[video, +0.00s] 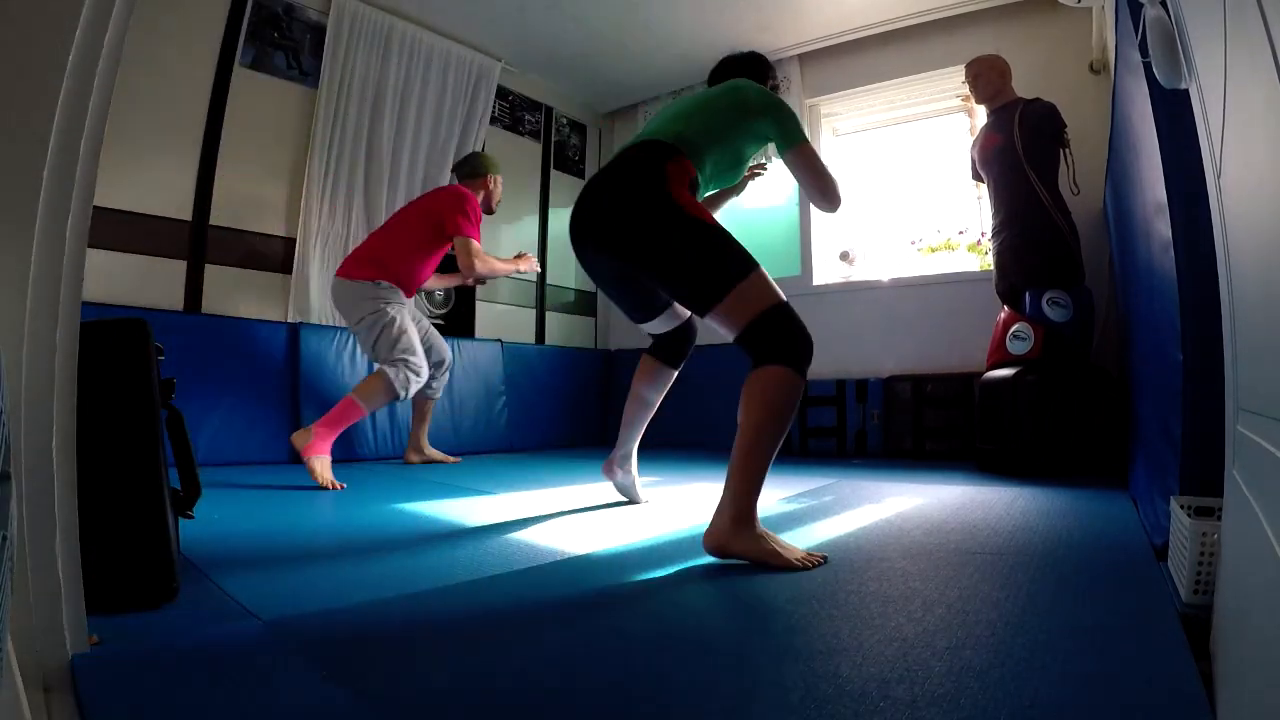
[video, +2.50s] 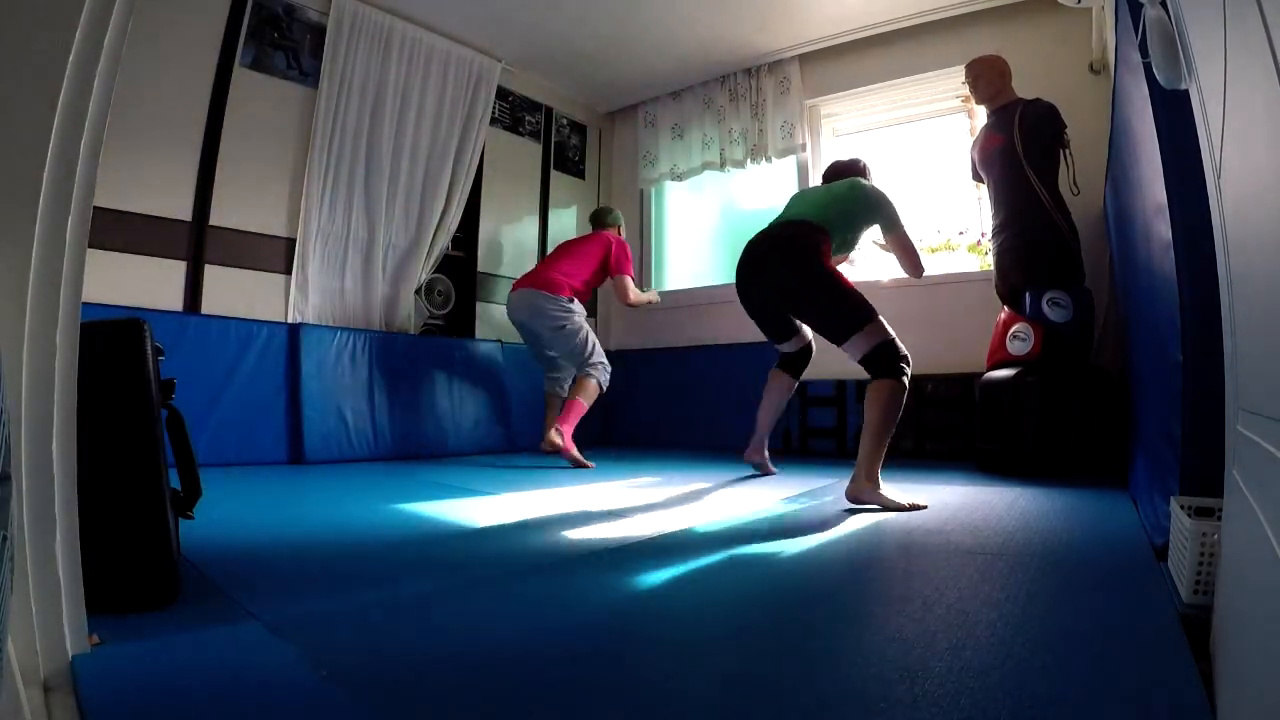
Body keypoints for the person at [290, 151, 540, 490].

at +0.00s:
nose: (501, 193)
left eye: (501, 185)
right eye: (500, 184)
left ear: (464, 180)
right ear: (489, 182)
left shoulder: (444, 204)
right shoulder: (462, 200)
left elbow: (423, 280)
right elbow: (473, 263)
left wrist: (467, 277)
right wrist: (516, 265)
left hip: (391, 292)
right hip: (369, 286)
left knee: (436, 358)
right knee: (407, 368)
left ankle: (418, 445)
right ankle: (317, 436)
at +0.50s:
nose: (576, 220)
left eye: (575, 214)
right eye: (577, 214)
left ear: (545, 210)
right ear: (570, 211)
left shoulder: (525, 228)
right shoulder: (555, 229)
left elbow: (489, 274)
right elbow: (566, 289)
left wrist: (524, 295)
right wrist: (594, 288)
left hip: (449, 295)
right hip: (480, 298)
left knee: (502, 367)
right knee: (533, 367)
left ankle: (495, 441)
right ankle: (468, 421)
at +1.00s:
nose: (630, 234)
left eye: (631, 229)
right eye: (631, 228)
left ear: (602, 222)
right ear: (625, 223)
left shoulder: (587, 238)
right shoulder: (614, 239)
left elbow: (563, 288)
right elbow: (626, 293)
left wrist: (597, 297)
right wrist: (650, 291)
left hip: (524, 306)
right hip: (553, 306)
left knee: (578, 364)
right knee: (610, 358)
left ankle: (559, 428)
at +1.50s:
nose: (649, 258)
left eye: (648, 254)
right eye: (649, 253)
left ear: (621, 251)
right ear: (644, 252)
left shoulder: (604, 266)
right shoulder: (638, 267)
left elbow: (583, 304)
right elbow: (649, 318)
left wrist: (611, 328)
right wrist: (664, 317)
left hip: (553, 324)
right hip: (586, 325)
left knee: (597, 375)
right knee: (639, 375)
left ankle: (586, 435)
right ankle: (610, 432)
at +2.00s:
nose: (651, 254)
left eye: (650, 251)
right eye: (651, 250)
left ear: (624, 247)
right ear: (647, 248)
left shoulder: (607, 262)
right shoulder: (641, 262)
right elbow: (652, 314)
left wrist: (650, 302)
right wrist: (668, 314)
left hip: (556, 319)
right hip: (587, 320)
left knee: (598, 374)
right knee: (638, 372)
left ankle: (586, 435)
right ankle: (610, 433)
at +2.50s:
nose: (623, 234)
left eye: (623, 231)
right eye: (623, 231)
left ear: (593, 227)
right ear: (618, 229)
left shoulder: (572, 242)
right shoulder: (615, 243)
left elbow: (546, 269)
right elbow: (629, 297)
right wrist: (649, 297)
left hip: (517, 297)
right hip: (551, 297)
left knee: (560, 367)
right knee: (597, 366)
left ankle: (552, 434)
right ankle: (564, 431)